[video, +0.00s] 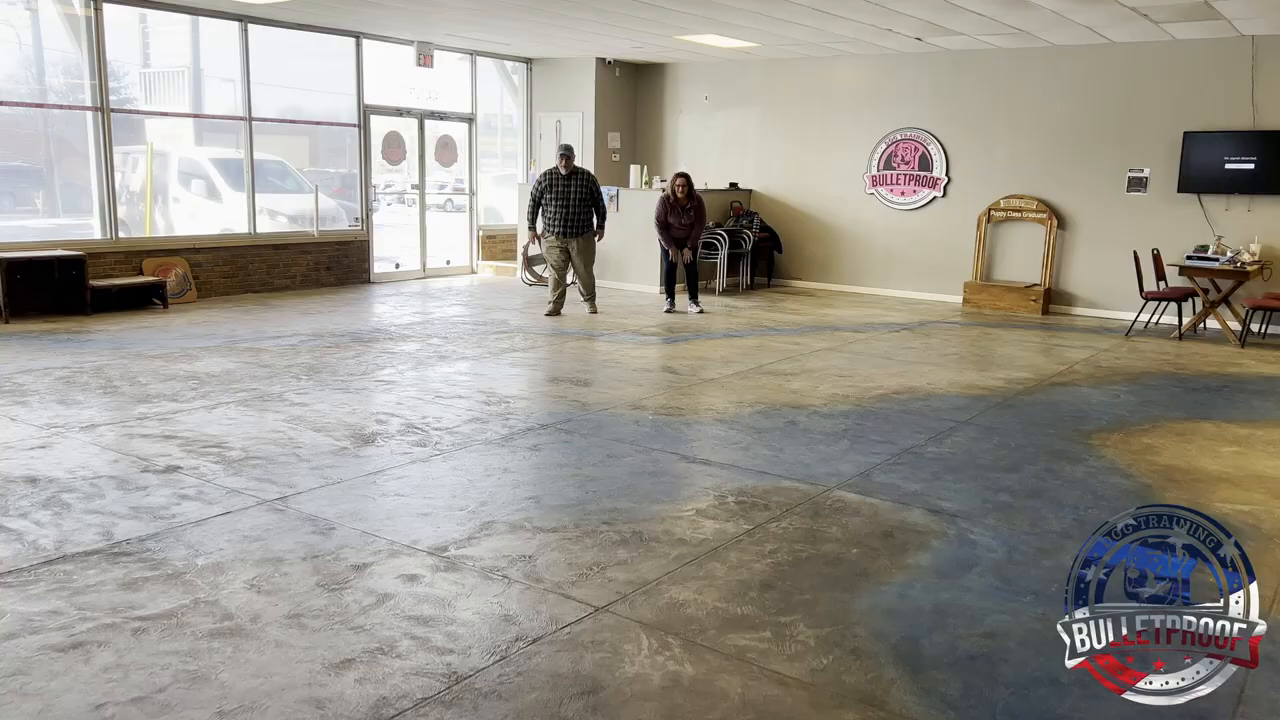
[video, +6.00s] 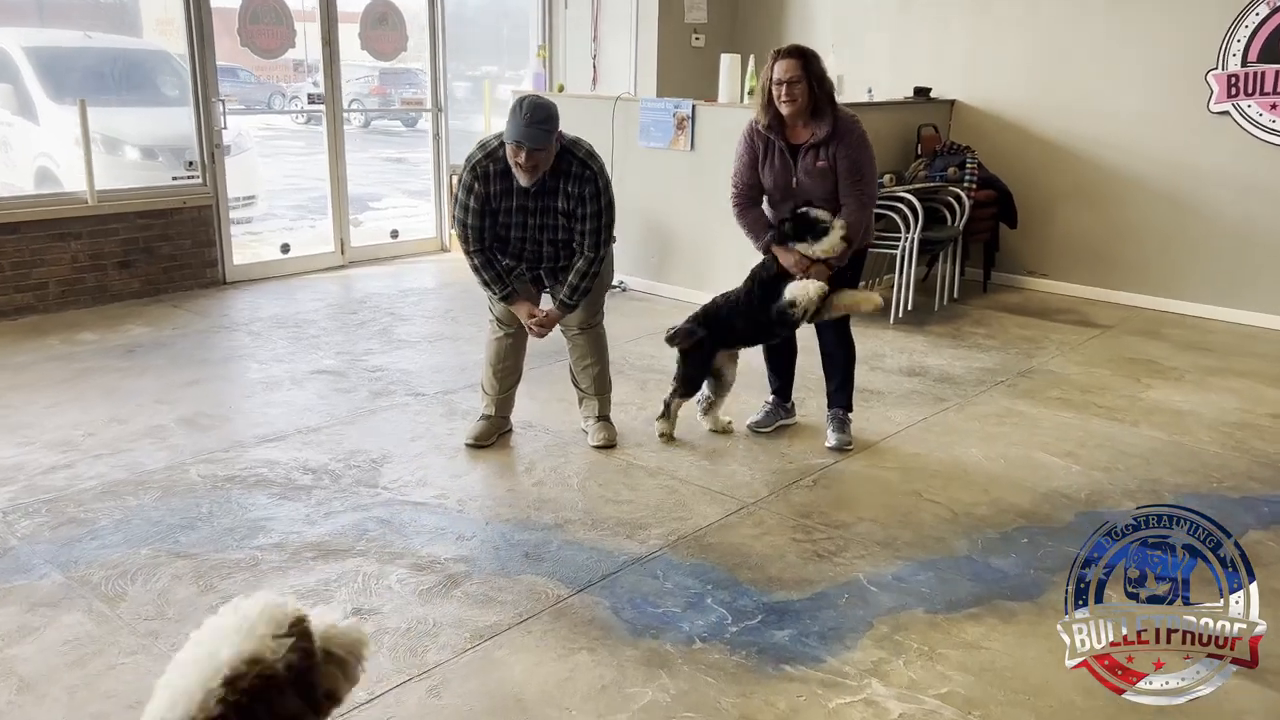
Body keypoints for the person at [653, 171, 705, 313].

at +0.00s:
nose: (681, 189)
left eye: (684, 186)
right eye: (677, 186)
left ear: (689, 187)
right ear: (673, 186)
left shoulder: (696, 200)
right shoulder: (664, 200)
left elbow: (700, 224)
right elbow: (659, 226)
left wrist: (690, 247)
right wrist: (670, 247)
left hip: (688, 239)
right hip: (669, 238)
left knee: (691, 266)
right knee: (670, 266)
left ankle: (693, 301)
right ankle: (669, 300)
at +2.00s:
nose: (683, 202)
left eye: (688, 198)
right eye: (680, 197)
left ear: (698, 197)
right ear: (676, 197)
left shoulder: (714, 214)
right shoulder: (669, 214)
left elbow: (721, 247)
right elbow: (662, 248)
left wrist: (710, 277)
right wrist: (673, 276)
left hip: (706, 270)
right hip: (680, 270)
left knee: (704, 307)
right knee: (676, 306)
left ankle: (701, 352)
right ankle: (682, 343)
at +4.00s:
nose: (787, 189)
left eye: (792, 184)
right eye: (782, 184)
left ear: (809, 176)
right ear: (776, 177)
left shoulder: (841, 187)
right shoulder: (776, 194)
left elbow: (851, 243)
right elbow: (778, 240)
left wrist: (826, 286)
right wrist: (794, 282)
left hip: (851, 245)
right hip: (806, 244)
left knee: (840, 303)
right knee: (792, 300)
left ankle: (842, 373)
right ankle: (788, 367)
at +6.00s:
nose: (785, 90)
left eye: (794, 81)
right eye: (777, 82)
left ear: (813, 84)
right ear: (769, 88)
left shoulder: (845, 130)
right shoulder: (758, 132)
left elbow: (860, 200)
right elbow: (743, 199)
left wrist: (834, 259)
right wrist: (778, 249)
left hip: (839, 242)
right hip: (783, 242)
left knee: (832, 320)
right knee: (776, 317)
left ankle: (839, 414)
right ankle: (780, 402)